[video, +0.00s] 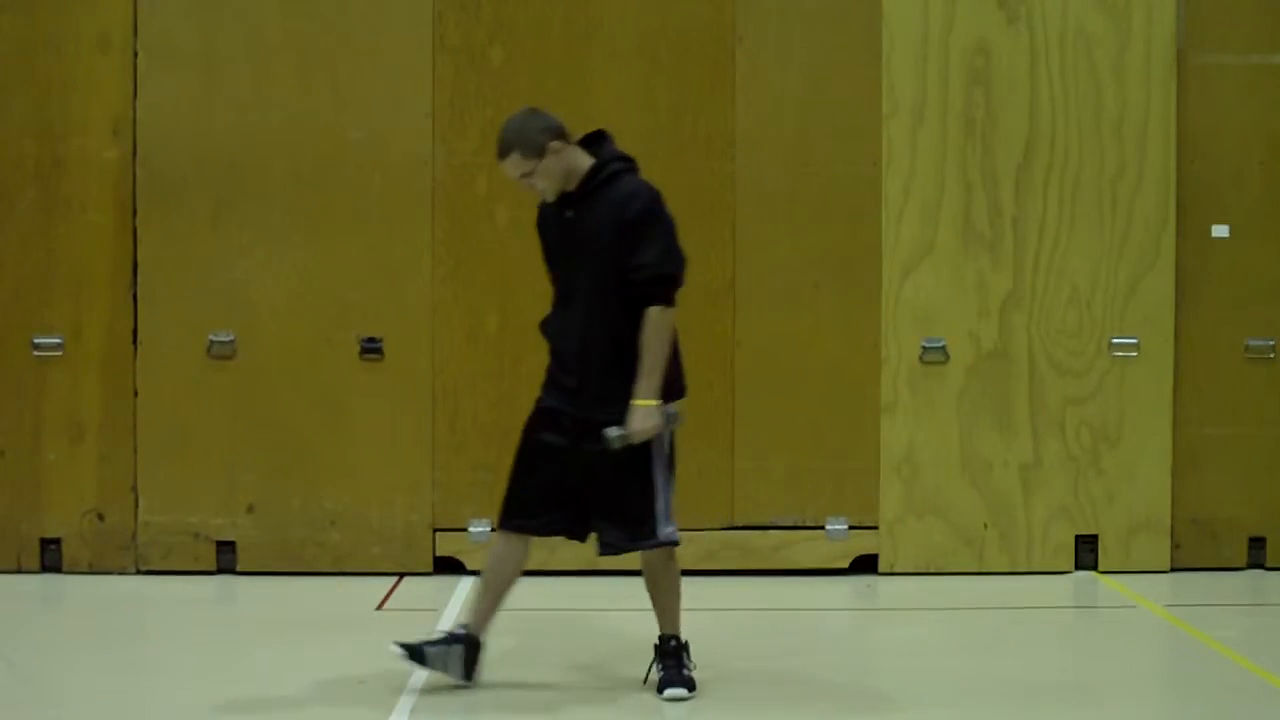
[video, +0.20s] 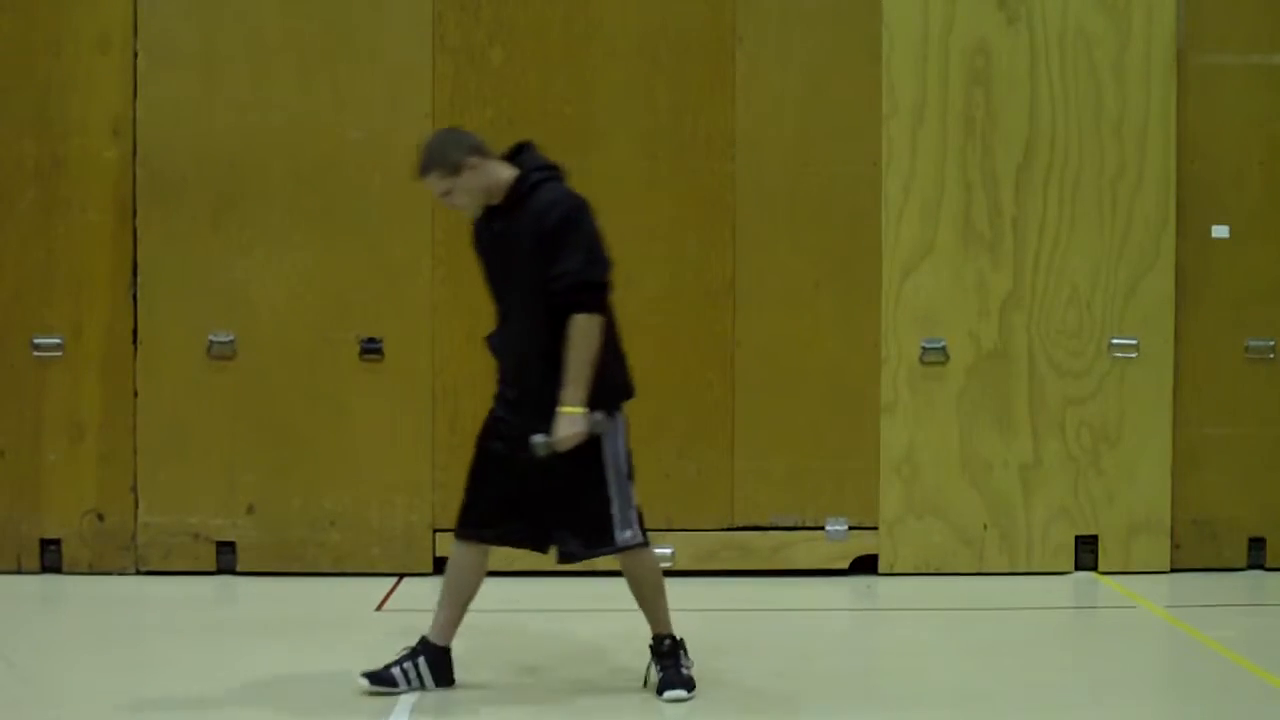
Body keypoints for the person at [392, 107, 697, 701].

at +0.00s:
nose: (529, 190)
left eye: (529, 175)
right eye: (520, 180)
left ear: (557, 148)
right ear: (536, 162)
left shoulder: (634, 200)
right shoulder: (553, 211)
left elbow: (661, 302)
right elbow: (572, 300)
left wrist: (646, 397)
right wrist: (567, 376)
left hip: (635, 393)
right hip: (568, 388)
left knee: (652, 531)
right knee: (519, 517)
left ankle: (672, 650)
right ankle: (466, 642)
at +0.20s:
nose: (449, 205)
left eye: (448, 192)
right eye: (442, 197)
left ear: (476, 165)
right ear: (462, 177)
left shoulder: (559, 208)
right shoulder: (489, 221)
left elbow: (587, 310)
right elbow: (518, 310)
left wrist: (573, 404)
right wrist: (515, 383)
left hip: (586, 397)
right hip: (520, 397)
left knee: (623, 532)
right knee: (475, 526)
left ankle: (667, 648)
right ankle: (435, 652)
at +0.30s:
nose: (402, 212)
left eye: (400, 199)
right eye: (394, 203)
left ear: (426, 174)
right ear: (415, 181)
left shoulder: (514, 207)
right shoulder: (449, 219)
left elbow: (550, 306)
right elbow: (482, 307)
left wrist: (538, 402)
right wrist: (488, 380)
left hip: (558, 393)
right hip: (494, 393)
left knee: (603, 527)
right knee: (455, 523)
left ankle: (659, 643)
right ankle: (432, 653)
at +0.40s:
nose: (366, 220)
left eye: (362, 208)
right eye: (358, 213)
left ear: (383, 179)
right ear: (379, 189)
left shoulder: (477, 207)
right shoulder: (413, 227)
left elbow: (518, 305)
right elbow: (451, 317)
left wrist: (509, 402)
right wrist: (446, 389)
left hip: (531, 391)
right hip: (471, 392)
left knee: (559, 521)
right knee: (443, 524)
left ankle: (637, 625)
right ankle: (432, 653)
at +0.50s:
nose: (338, 228)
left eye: (335, 215)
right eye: (329, 221)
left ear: (356, 187)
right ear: (349, 195)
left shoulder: (446, 209)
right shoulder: (388, 235)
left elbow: (492, 308)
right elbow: (428, 323)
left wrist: (485, 407)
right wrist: (413, 404)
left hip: (511, 384)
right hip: (456, 390)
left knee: (502, 524)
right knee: (435, 524)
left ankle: (569, 629)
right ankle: (432, 654)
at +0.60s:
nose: (316, 243)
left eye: (313, 231)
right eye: (307, 237)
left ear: (332, 201)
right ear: (329, 209)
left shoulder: (423, 221)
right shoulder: (365, 242)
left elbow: (465, 326)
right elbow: (402, 334)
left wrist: (463, 422)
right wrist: (388, 414)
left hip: (495, 382)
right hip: (444, 385)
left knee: (454, 524)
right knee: (418, 522)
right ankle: (428, 654)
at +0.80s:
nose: (272, 306)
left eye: (268, 293)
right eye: (262, 301)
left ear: (289, 260)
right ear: (287, 262)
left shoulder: (370, 280)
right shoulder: (332, 287)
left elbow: (415, 388)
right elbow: (368, 378)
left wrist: (420, 491)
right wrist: (363, 460)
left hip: (470, 400)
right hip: (428, 400)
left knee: (393, 526)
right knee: (387, 518)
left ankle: (365, 667)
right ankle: (427, 654)